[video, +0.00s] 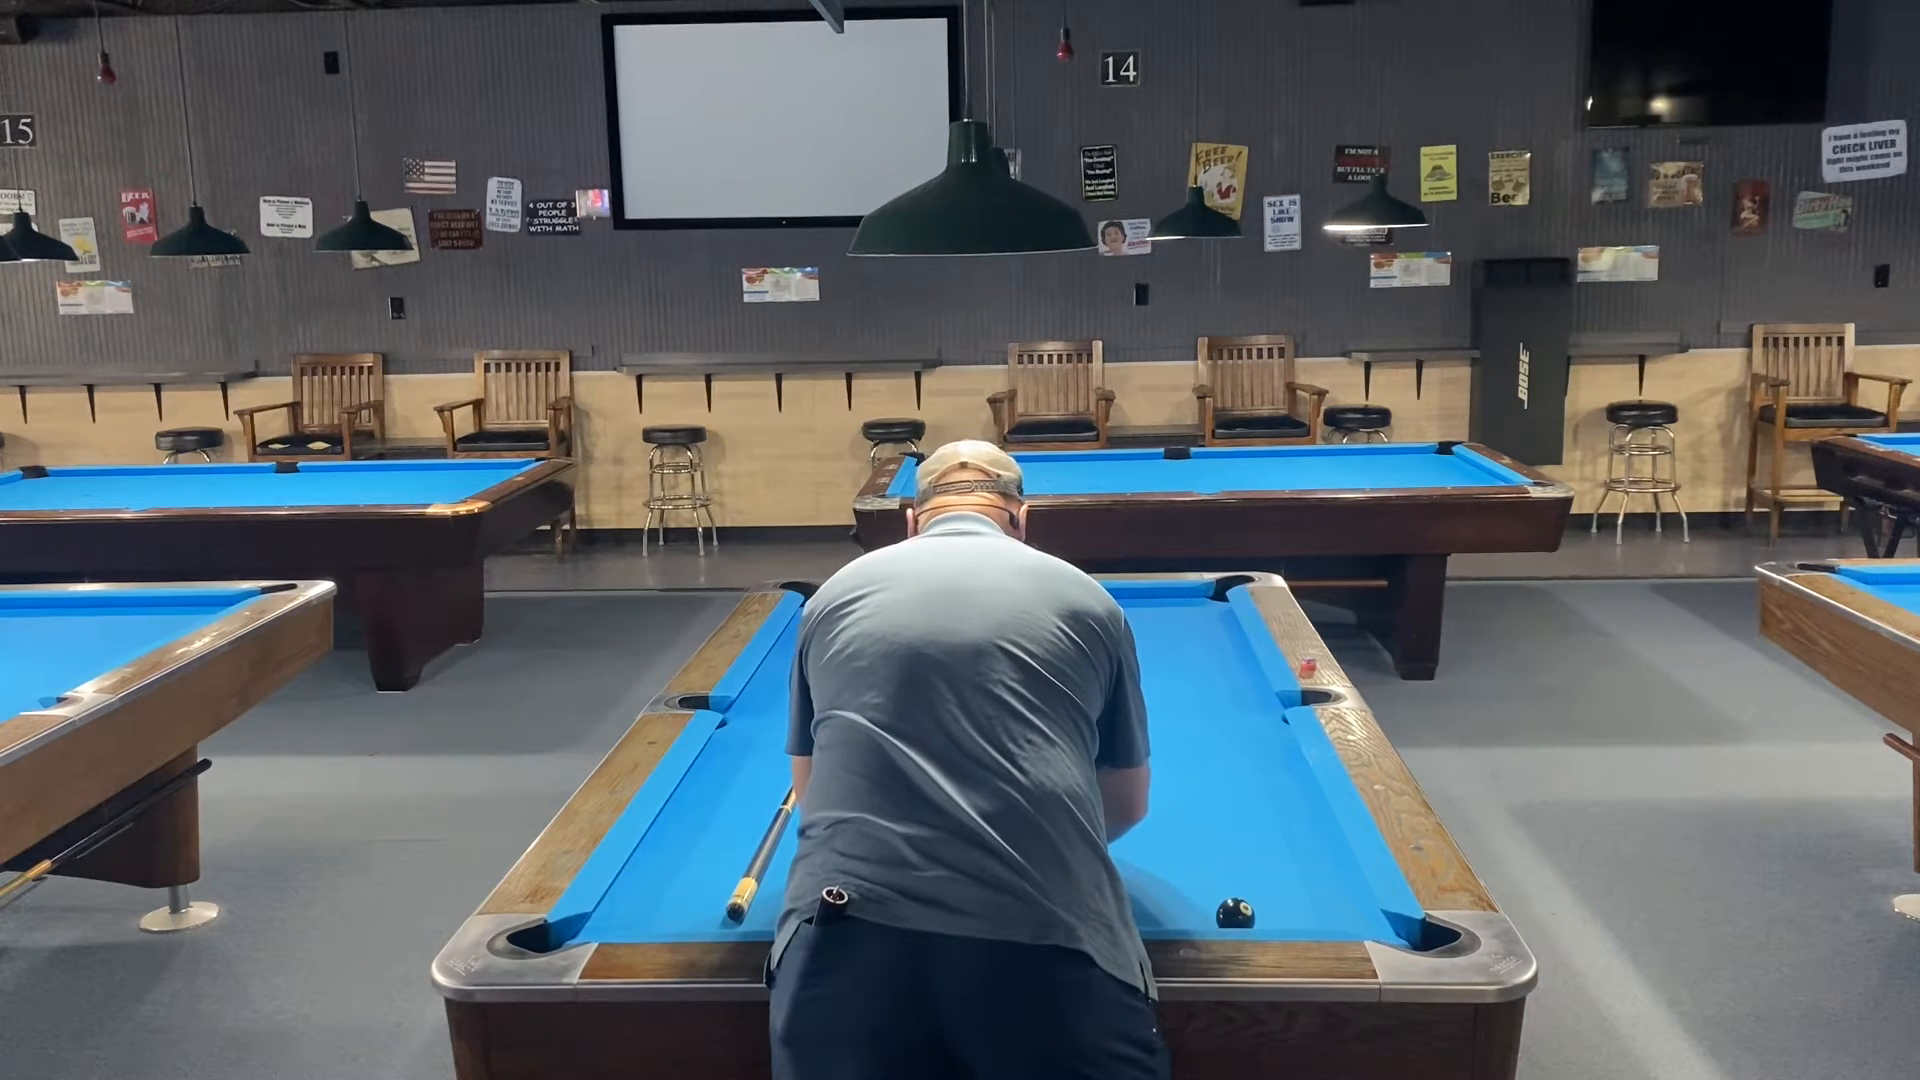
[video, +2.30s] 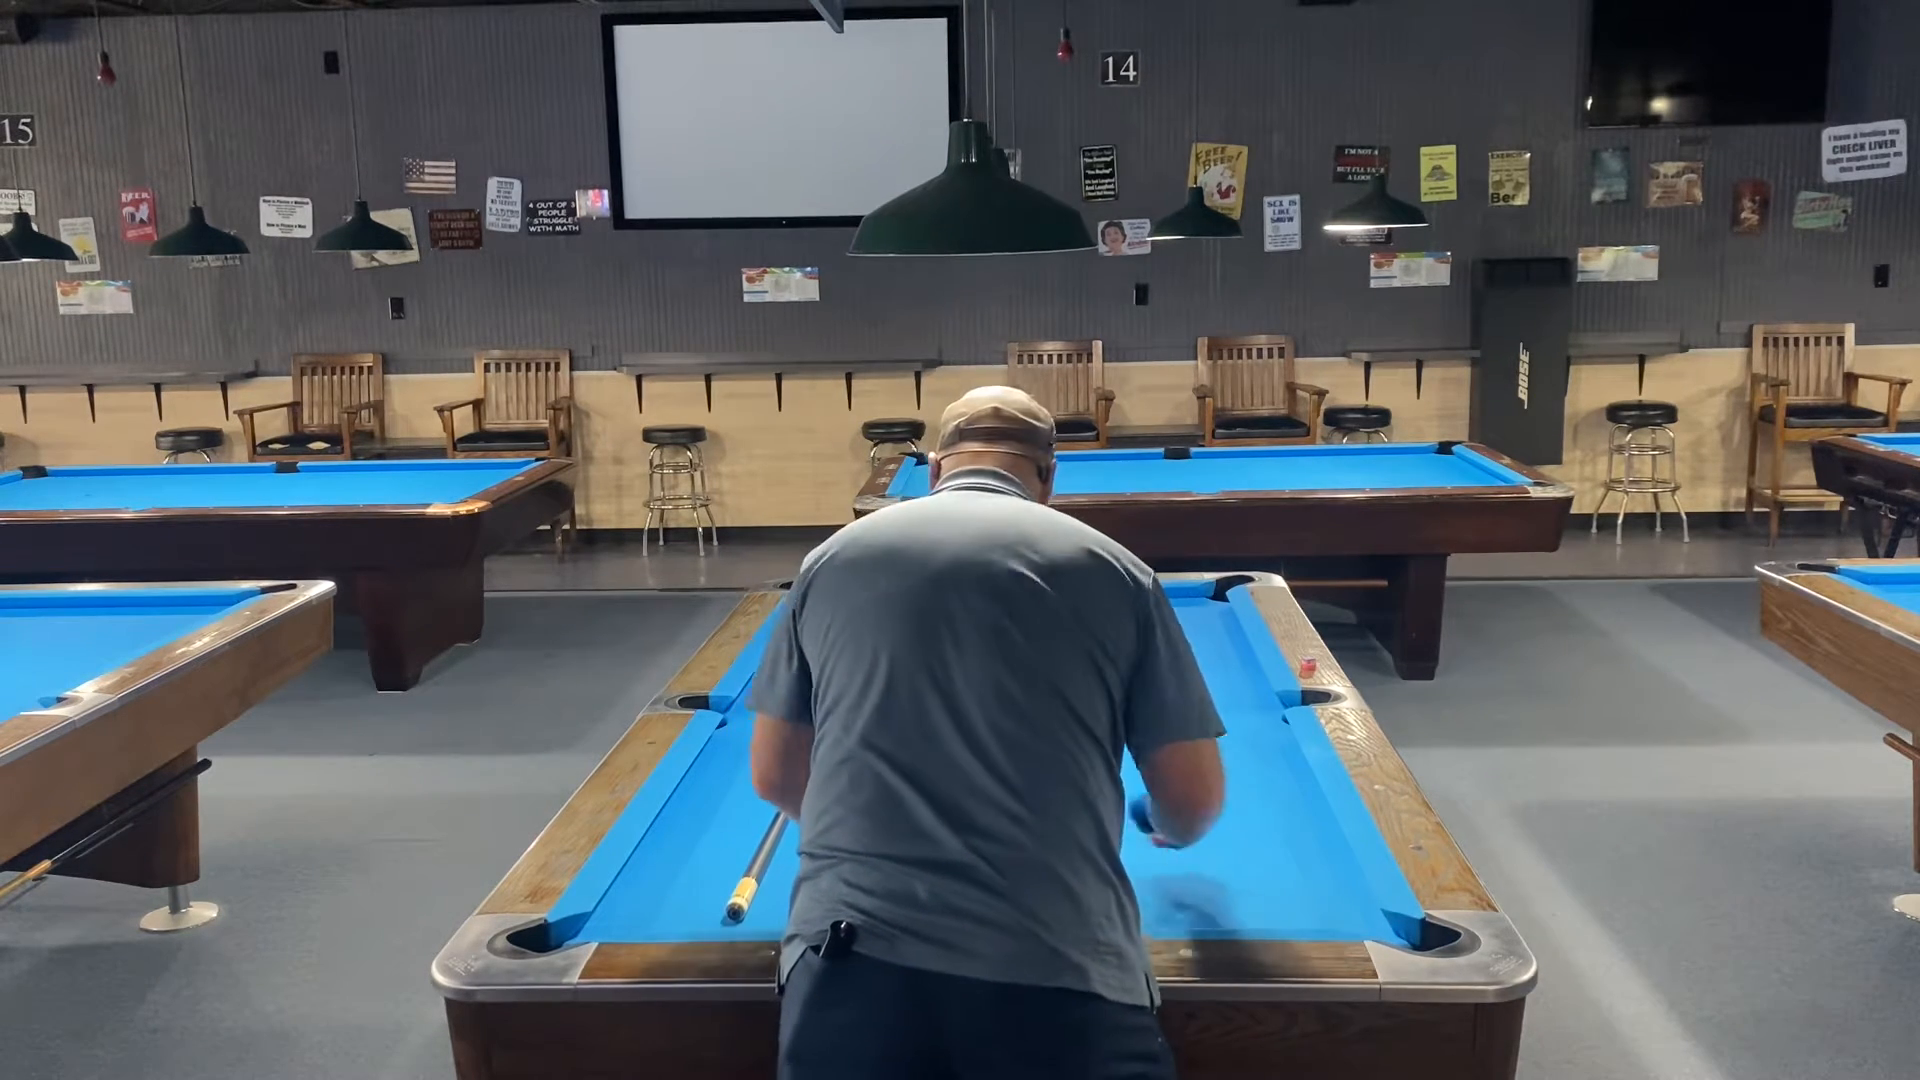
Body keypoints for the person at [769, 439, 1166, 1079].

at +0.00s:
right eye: (1020, 512)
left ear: (913, 519)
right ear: (1018, 517)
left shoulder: (835, 592)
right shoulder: (1089, 598)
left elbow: (809, 789)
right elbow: (1124, 801)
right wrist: (1030, 849)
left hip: (846, 956)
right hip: (1050, 963)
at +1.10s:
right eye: (1033, 490)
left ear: (915, 491)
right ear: (1024, 493)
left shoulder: (825, 562)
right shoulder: (1099, 578)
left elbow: (767, 774)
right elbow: (1158, 784)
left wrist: (857, 819)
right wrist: (1096, 776)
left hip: (846, 968)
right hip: (1052, 977)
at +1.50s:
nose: (1044, 485)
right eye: (1041, 470)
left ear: (914, 461)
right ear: (1027, 462)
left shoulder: (809, 552)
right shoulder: (1101, 561)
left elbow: (761, 778)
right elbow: (1176, 789)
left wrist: (846, 831)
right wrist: (1154, 831)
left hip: (844, 987)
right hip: (1053, 1005)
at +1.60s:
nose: (1049, 490)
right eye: (1046, 470)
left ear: (916, 460)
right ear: (1027, 452)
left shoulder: (810, 551)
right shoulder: (1099, 557)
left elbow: (769, 780)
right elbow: (1183, 804)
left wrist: (854, 829)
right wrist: (1210, 806)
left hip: (841, 997)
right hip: (1051, 1007)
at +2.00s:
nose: (1052, 477)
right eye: (1054, 464)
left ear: (938, 453)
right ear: (1052, 458)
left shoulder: (833, 549)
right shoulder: (1117, 562)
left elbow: (792, 772)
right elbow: (1214, 782)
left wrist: (880, 831)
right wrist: (1235, 881)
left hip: (848, 986)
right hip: (1056, 1005)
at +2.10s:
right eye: (1052, 468)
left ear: (939, 458)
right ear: (1051, 463)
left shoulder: (837, 550)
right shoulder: (1120, 566)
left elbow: (783, 772)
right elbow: (1211, 789)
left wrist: (870, 835)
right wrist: (1234, 863)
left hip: (851, 982)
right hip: (1060, 1000)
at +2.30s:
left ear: (935, 469)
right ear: (1045, 478)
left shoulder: (836, 557)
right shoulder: (1117, 573)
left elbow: (777, 772)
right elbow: (1192, 798)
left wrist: (861, 819)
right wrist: (1163, 822)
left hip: (854, 979)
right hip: (1066, 994)